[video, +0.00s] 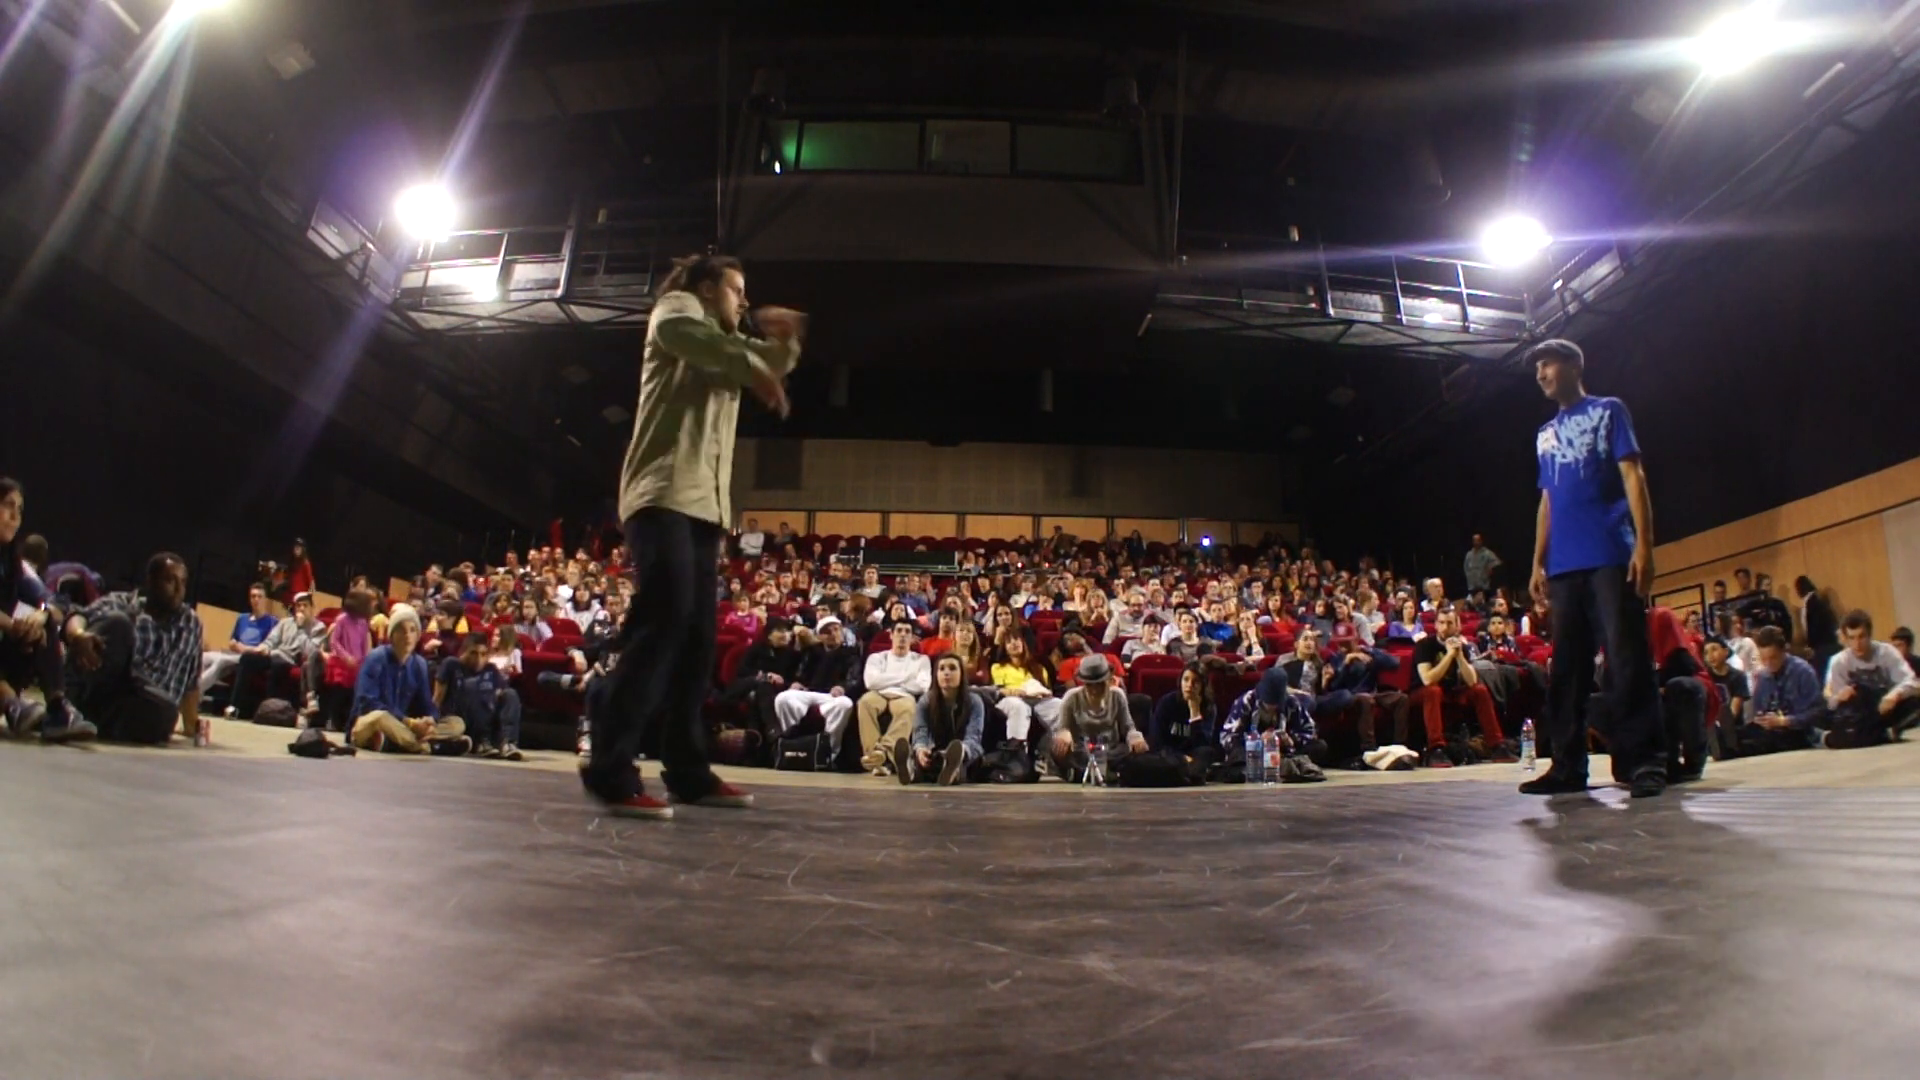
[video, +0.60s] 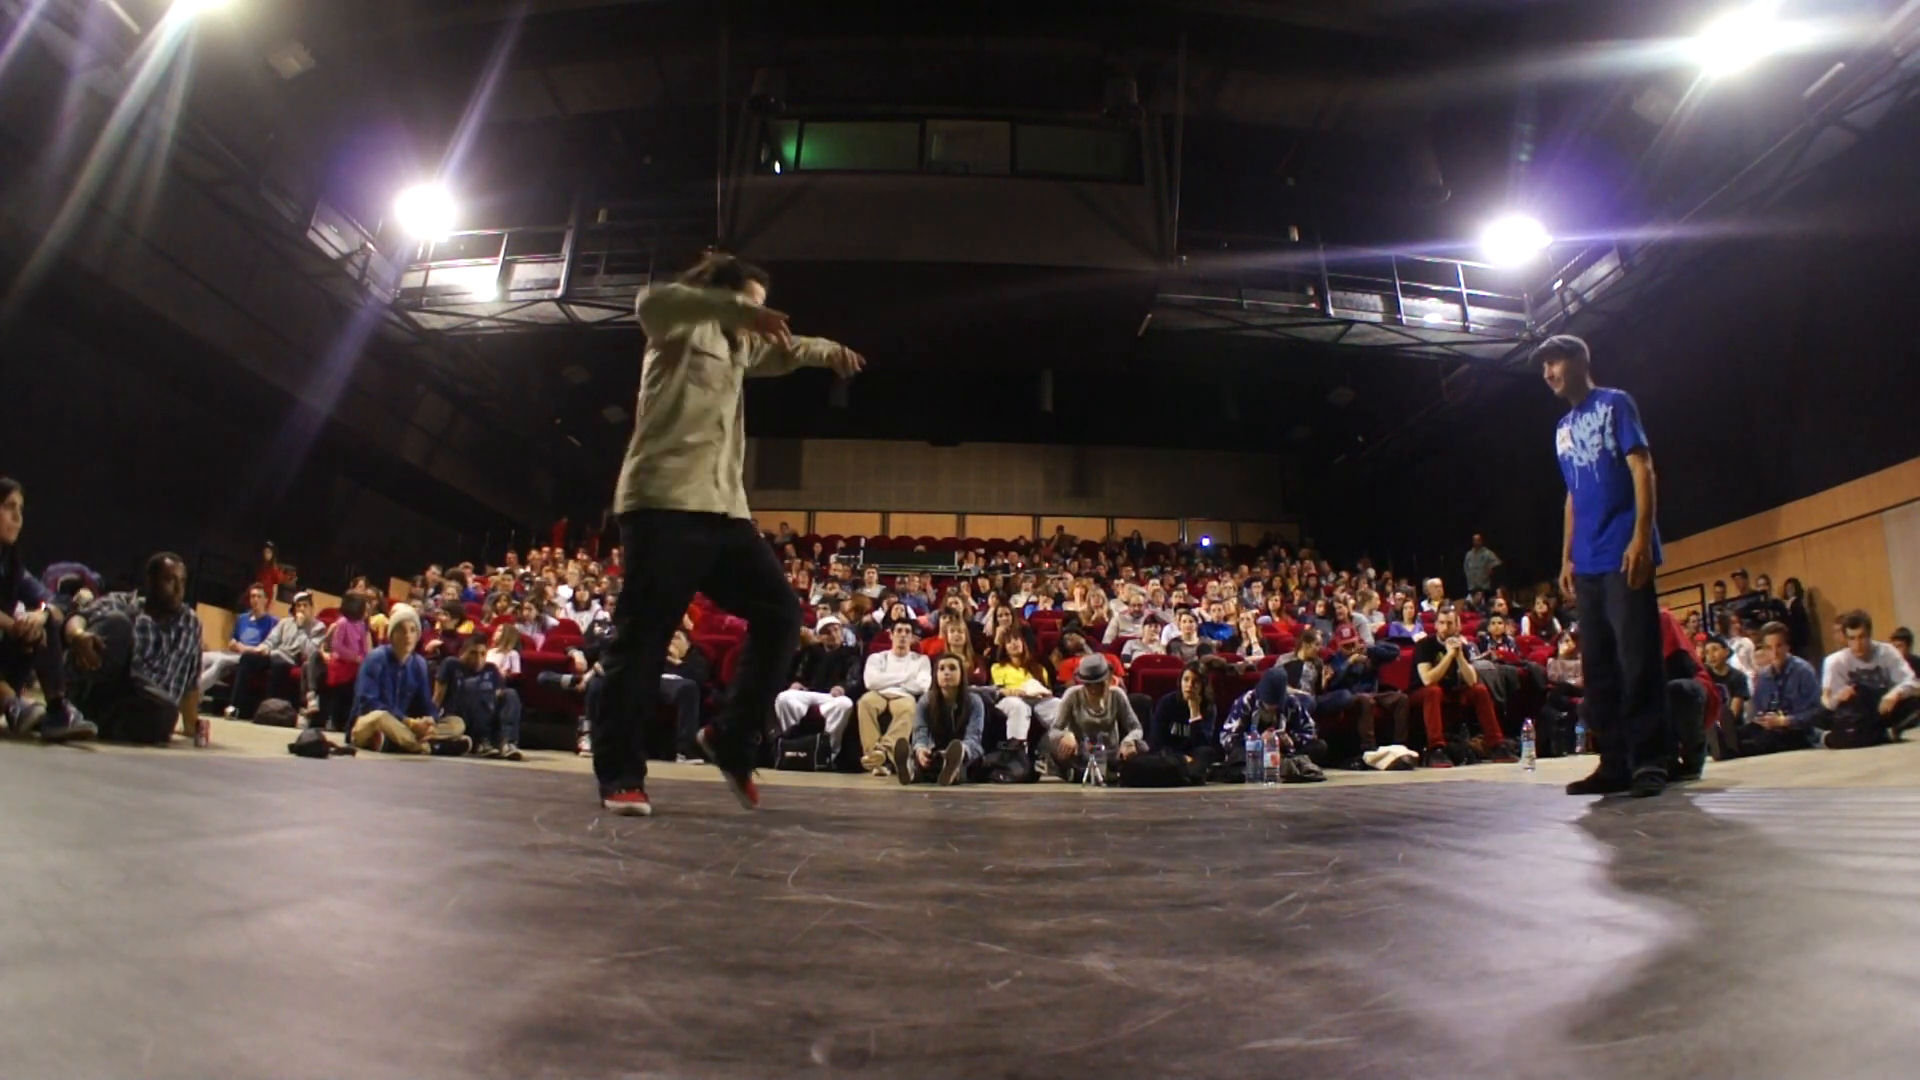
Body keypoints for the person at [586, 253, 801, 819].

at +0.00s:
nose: (743, 300)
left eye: (745, 293)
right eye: (736, 288)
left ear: (732, 300)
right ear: (705, 285)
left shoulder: (729, 343)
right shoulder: (675, 309)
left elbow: (763, 369)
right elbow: (695, 344)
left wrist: (787, 342)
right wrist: (757, 369)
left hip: (705, 503)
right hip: (662, 492)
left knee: (697, 638)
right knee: (664, 622)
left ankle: (688, 772)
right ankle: (609, 768)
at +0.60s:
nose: (759, 316)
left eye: (762, 309)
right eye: (753, 305)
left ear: (756, 310)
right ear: (723, 292)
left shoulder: (741, 346)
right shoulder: (675, 321)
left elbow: (787, 350)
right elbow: (653, 300)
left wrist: (833, 351)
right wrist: (739, 310)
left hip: (723, 510)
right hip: (663, 504)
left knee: (780, 616)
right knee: (640, 642)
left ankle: (734, 739)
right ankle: (619, 773)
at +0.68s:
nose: (761, 322)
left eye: (765, 314)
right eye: (757, 309)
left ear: (755, 312)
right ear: (729, 296)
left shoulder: (739, 347)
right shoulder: (687, 321)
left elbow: (777, 349)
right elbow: (660, 283)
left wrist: (834, 350)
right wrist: (723, 261)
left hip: (730, 513)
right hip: (674, 507)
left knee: (784, 615)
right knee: (659, 640)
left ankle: (740, 740)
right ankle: (617, 764)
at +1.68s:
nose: (796, 312)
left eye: (799, 304)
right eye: (788, 299)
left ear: (790, 312)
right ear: (753, 295)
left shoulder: (774, 366)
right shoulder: (708, 318)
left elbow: (810, 409)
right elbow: (651, 313)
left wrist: (862, 438)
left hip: (725, 505)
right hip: (671, 486)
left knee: (764, 630)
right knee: (705, 613)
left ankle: (769, 750)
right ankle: (633, 747)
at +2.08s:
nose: (792, 310)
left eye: (793, 303)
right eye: (784, 299)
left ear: (768, 307)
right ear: (749, 296)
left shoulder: (760, 370)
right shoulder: (707, 328)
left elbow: (789, 403)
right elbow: (643, 308)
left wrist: (842, 423)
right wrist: (704, 321)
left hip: (730, 519)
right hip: (687, 505)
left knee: (733, 653)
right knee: (658, 643)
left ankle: (691, 775)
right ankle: (595, 774)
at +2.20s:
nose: (791, 304)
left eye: (792, 296)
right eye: (783, 293)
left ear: (768, 302)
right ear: (749, 293)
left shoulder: (766, 365)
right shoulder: (718, 330)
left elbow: (801, 402)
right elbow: (672, 335)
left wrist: (840, 440)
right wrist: (749, 369)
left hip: (733, 528)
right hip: (685, 513)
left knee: (716, 662)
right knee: (643, 645)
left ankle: (692, 775)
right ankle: (589, 773)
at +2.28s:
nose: (790, 300)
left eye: (789, 293)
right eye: (781, 290)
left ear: (765, 297)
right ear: (747, 291)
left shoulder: (765, 367)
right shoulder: (722, 329)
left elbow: (791, 424)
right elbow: (685, 377)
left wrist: (836, 454)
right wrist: (748, 422)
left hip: (734, 519)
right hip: (694, 506)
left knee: (723, 649)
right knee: (692, 635)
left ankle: (692, 775)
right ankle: (602, 736)